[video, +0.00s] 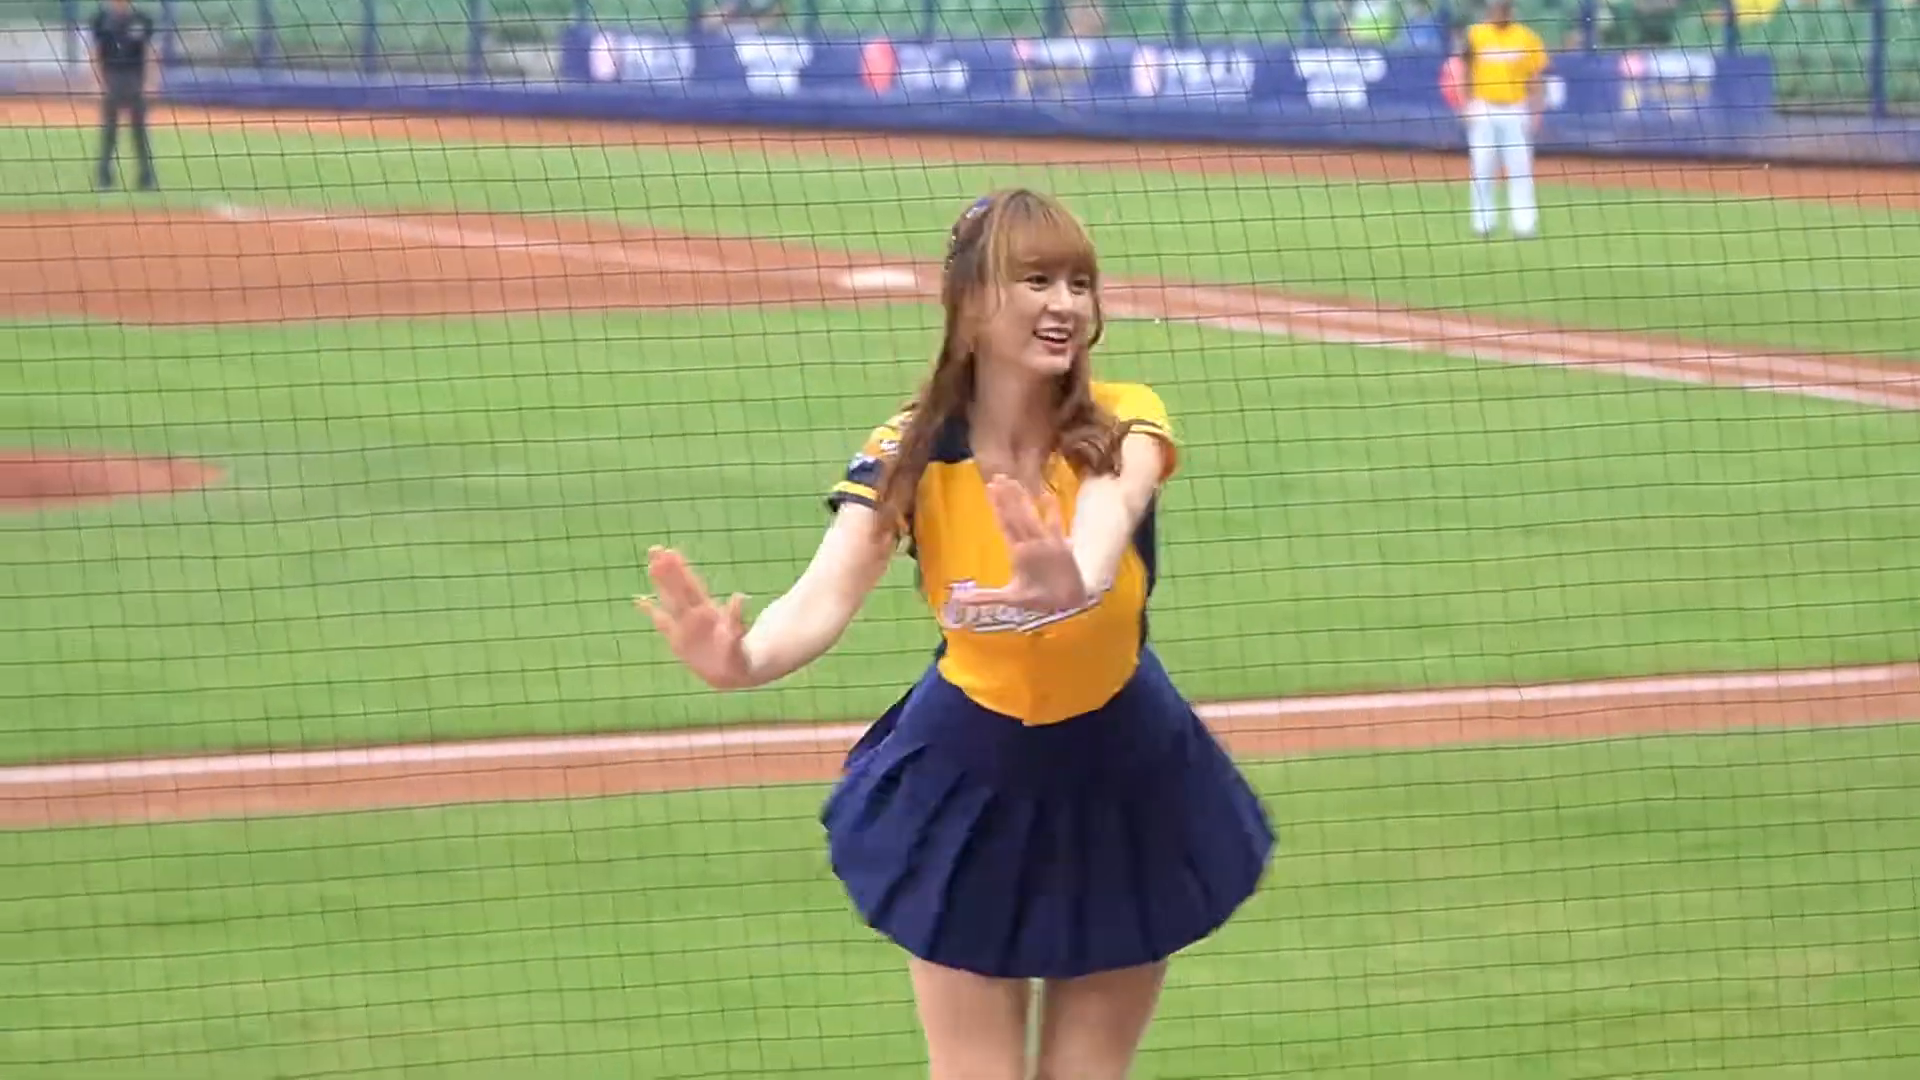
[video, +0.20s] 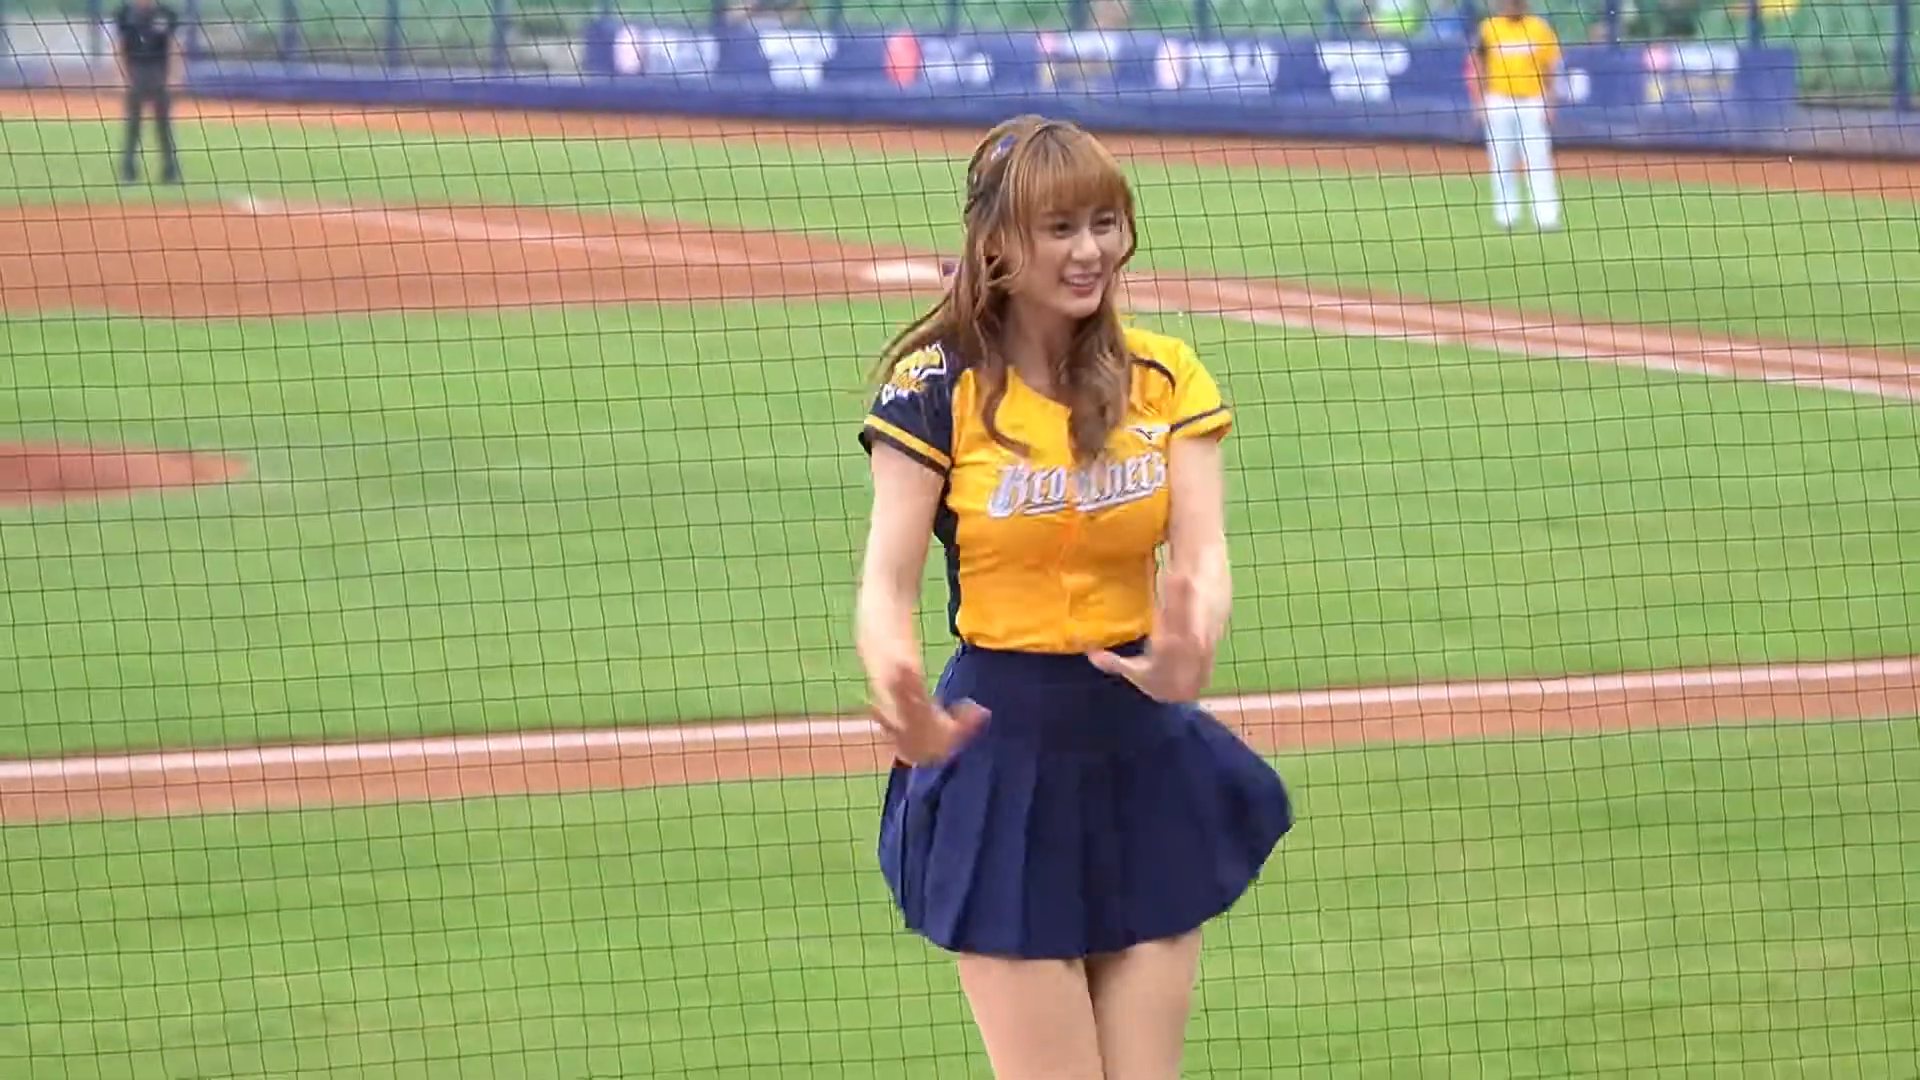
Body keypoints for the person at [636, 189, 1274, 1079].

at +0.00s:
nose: (1063, 303)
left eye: (1078, 282)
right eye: (1034, 280)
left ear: (1097, 301)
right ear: (970, 303)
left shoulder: (1129, 420)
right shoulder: (911, 446)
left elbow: (1113, 507)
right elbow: (832, 583)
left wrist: (1073, 579)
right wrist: (747, 657)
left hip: (1118, 768)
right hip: (971, 767)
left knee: (1087, 1067)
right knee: (975, 1067)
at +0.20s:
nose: (1091, 250)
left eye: (1106, 222)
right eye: (1060, 228)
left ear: (1128, 228)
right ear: (999, 244)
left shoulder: (1165, 372)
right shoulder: (935, 385)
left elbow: (1200, 560)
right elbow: (888, 584)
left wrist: (1185, 655)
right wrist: (903, 695)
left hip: (1144, 724)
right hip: (999, 734)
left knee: (1146, 1061)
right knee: (1052, 1064)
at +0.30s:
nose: (1095, 298)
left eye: (1110, 271)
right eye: (1064, 277)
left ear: (1132, 279)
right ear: (1006, 293)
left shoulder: (1147, 426)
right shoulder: (951, 434)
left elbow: (1190, 614)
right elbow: (941, 647)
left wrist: (1230, 724)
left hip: (1140, 762)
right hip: (1004, 764)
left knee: (1169, 1055)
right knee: (1055, 1060)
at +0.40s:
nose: (1122, 260)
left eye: (1135, 233)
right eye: (1089, 239)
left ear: (1155, 243)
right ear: (1031, 263)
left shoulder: (1157, 411)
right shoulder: (1004, 397)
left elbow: (1208, 595)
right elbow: (1020, 611)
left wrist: (1312, 712)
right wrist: (1162, 745)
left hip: (1108, 750)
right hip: (989, 755)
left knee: (1140, 1057)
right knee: (1046, 1063)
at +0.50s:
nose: (1162, 227)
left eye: (1175, 201)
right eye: (1128, 211)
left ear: (1198, 216)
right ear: (1074, 238)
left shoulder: (1188, 379)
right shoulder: (1076, 366)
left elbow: (1279, 559)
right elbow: (1131, 575)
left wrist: (1448, 654)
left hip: (1048, 726)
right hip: (947, 721)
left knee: (1055, 1059)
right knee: (985, 1064)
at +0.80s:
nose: (1157, 232)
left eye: (1172, 207)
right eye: (1128, 212)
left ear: (1190, 217)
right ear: (1066, 225)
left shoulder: (1163, 372)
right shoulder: (1034, 356)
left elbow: (1276, 530)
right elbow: (1074, 561)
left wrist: (1422, 622)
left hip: (1045, 727)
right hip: (936, 723)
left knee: (1073, 1063)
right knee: (989, 1064)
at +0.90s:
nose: (1107, 262)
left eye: (1126, 239)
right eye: (1081, 236)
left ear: (1144, 250)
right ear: (1013, 241)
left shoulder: (1130, 377)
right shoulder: (951, 374)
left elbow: (1195, 555)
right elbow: (943, 587)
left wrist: (1270, 670)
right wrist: (1074, 691)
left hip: (1096, 732)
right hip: (973, 735)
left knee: (1136, 1061)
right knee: (1039, 1065)